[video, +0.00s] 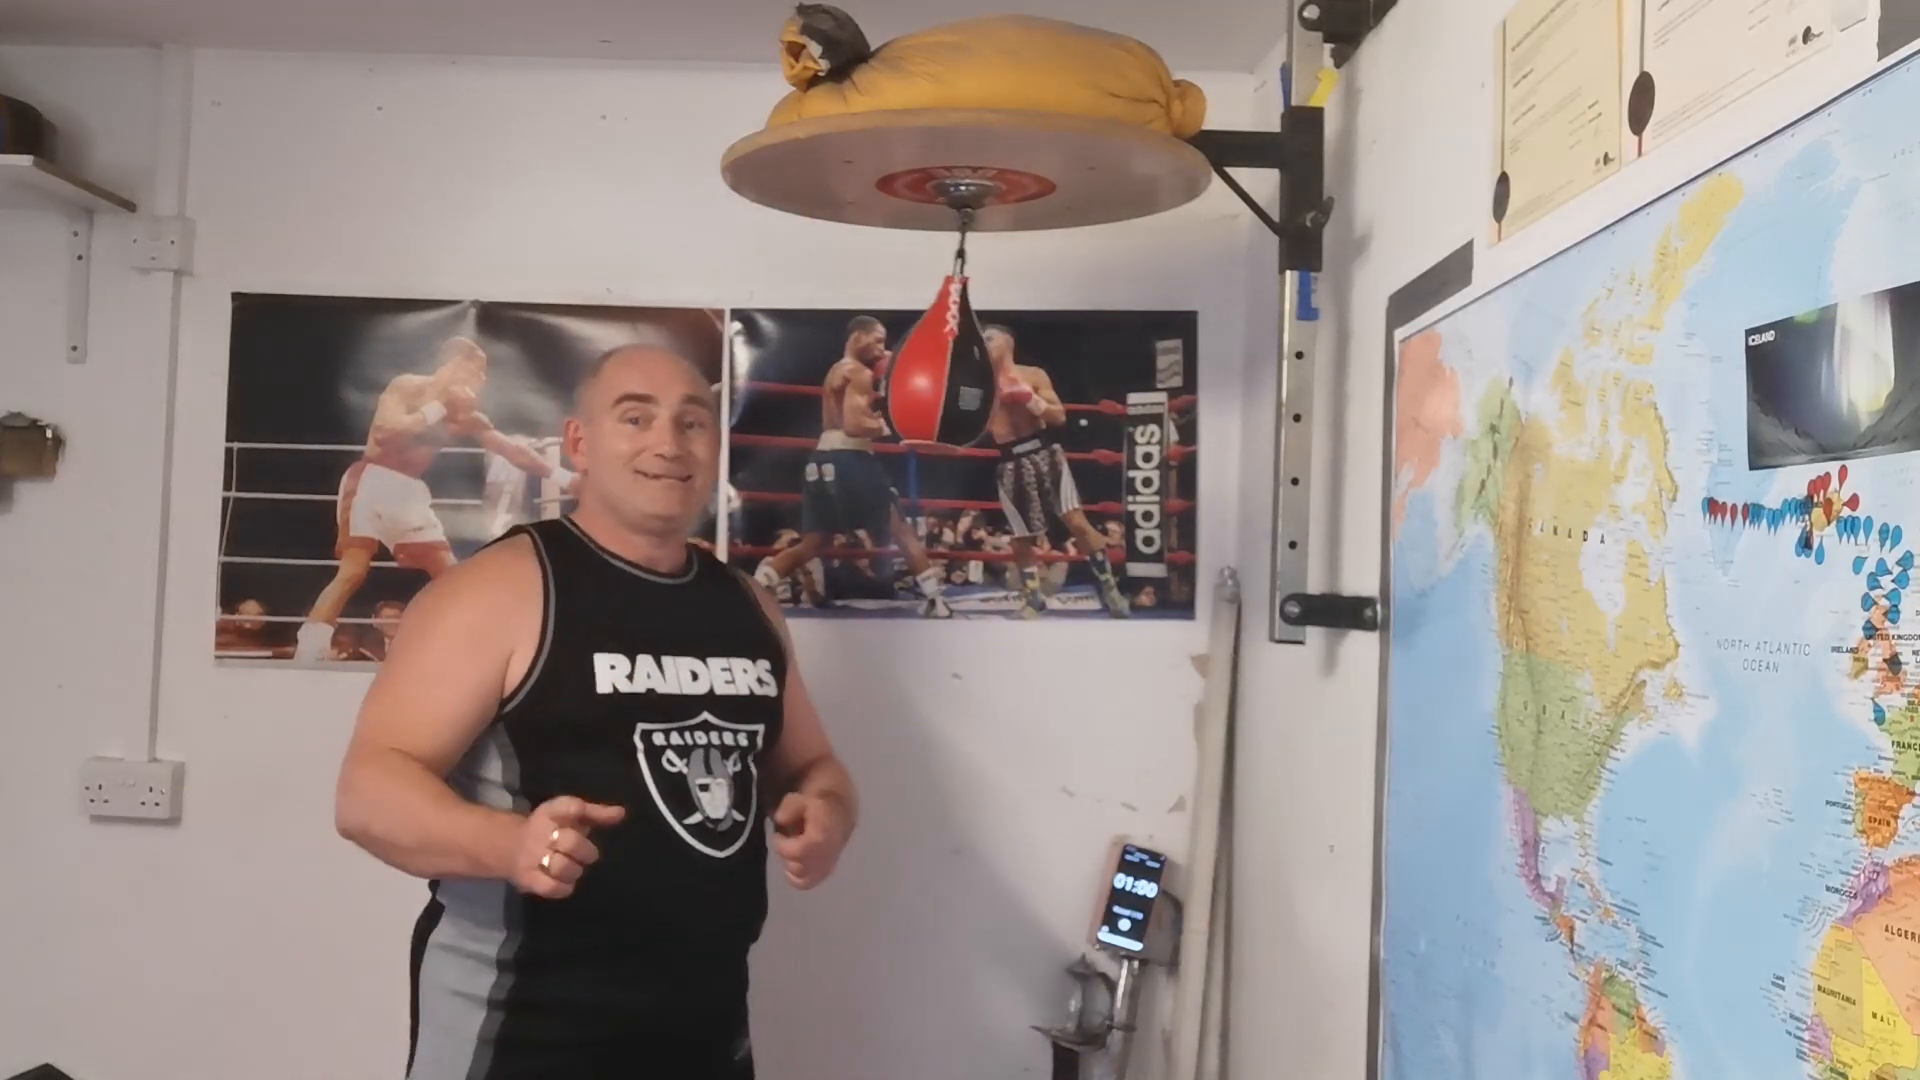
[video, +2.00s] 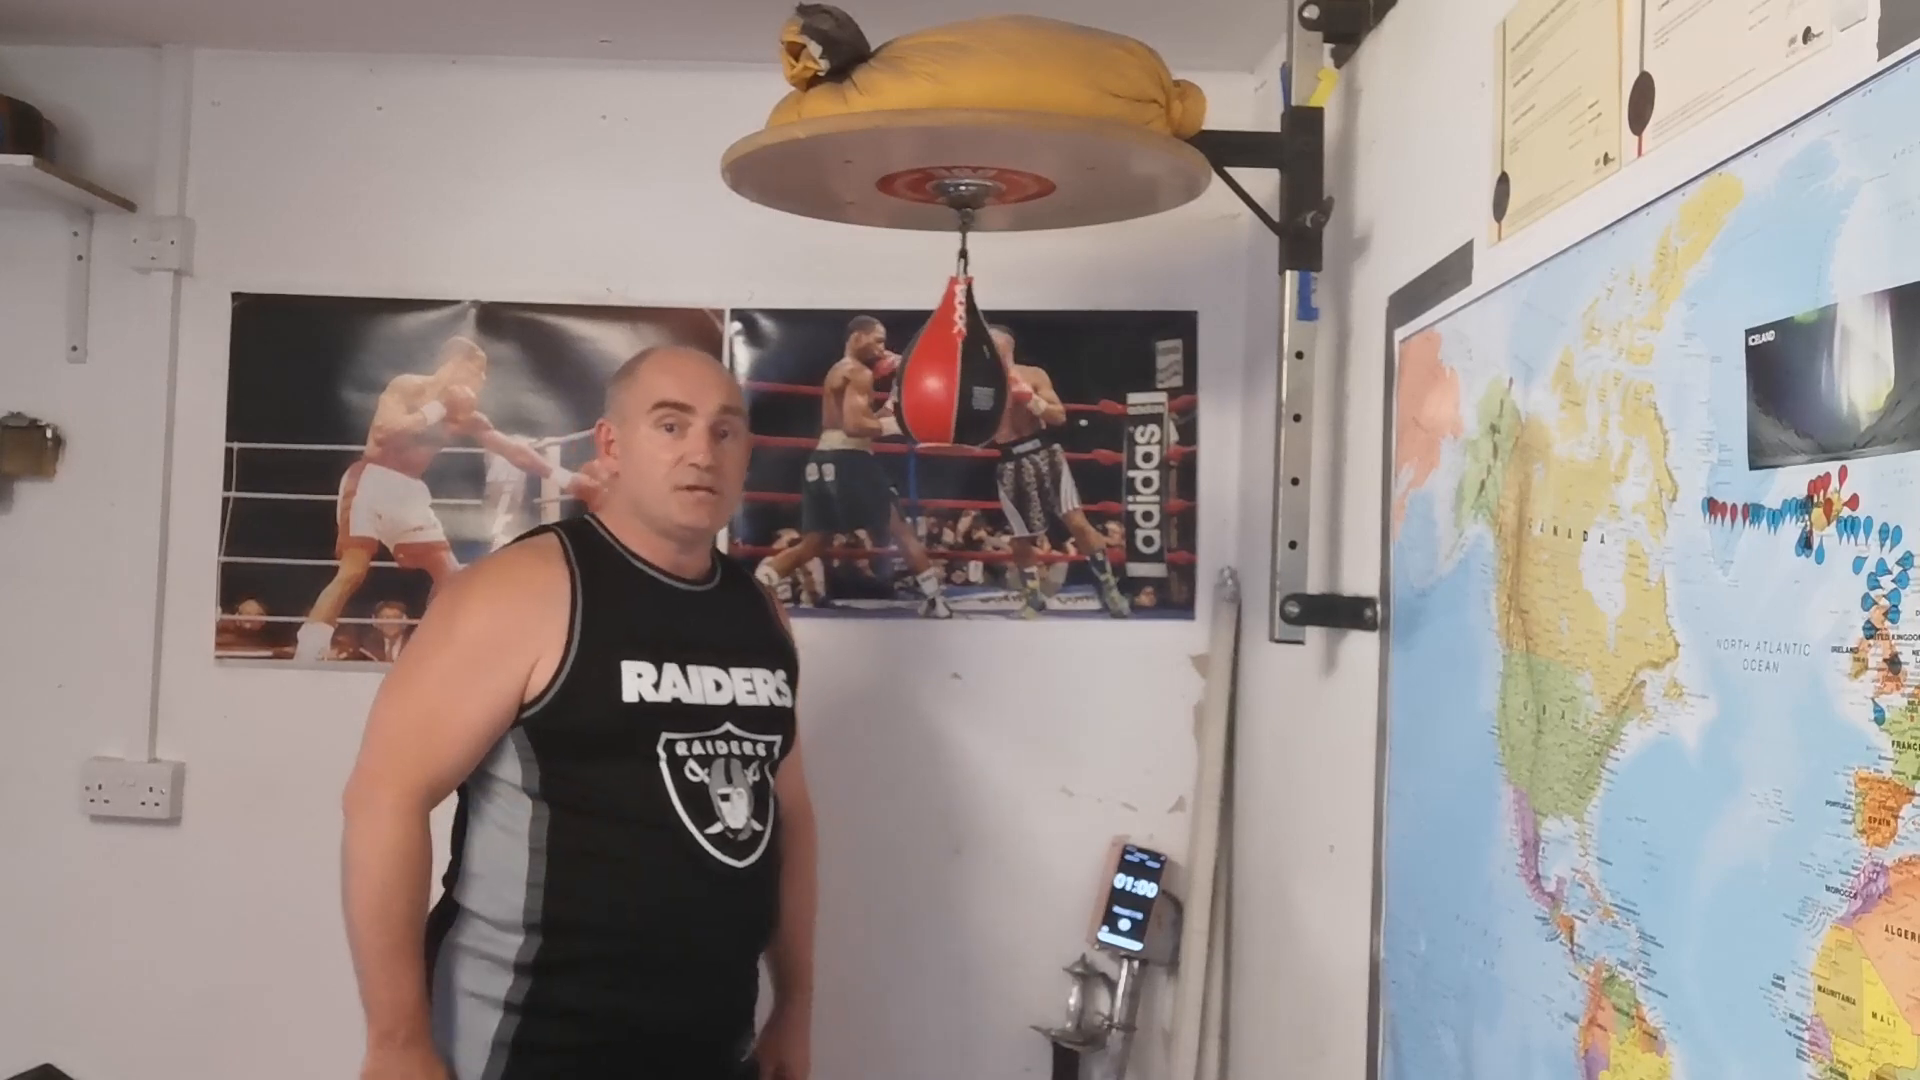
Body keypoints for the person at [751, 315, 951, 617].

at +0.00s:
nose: (881, 348)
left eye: (883, 343)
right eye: (878, 341)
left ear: (855, 340)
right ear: (857, 337)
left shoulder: (833, 373)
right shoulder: (859, 373)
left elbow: (834, 421)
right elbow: (854, 425)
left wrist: (877, 376)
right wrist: (884, 425)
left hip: (820, 462)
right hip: (853, 463)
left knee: (812, 543)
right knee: (903, 532)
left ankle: (754, 589)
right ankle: (936, 599)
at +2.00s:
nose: (882, 349)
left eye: (883, 343)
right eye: (878, 341)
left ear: (855, 340)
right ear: (857, 337)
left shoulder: (834, 372)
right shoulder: (859, 373)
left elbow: (842, 420)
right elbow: (854, 425)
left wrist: (880, 412)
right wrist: (890, 425)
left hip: (819, 463)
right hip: (852, 463)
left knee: (814, 542)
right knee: (901, 529)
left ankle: (755, 588)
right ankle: (935, 597)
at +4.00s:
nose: (881, 349)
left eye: (883, 343)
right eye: (877, 342)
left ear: (854, 341)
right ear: (858, 338)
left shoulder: (834, 373)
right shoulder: (859, 373)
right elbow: (855, 424)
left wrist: (890, 407)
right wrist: (892, 424)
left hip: (821, 463)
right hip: (852, 464)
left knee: (811, 544)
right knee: (903, 530)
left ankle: (751, 590)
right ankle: (936, 599)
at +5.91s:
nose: (881, 349)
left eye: (883, 343)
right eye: (878, 342)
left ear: (855, 340)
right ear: (859, 338)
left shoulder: (834, 373)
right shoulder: (858, 373)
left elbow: (849, 422)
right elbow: (855, 424)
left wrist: (888, 411)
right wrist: (896, 423)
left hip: (821, 463)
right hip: (853, 463)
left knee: (814, 542)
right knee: (901, 528)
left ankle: (754, 589)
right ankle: (935, 597)